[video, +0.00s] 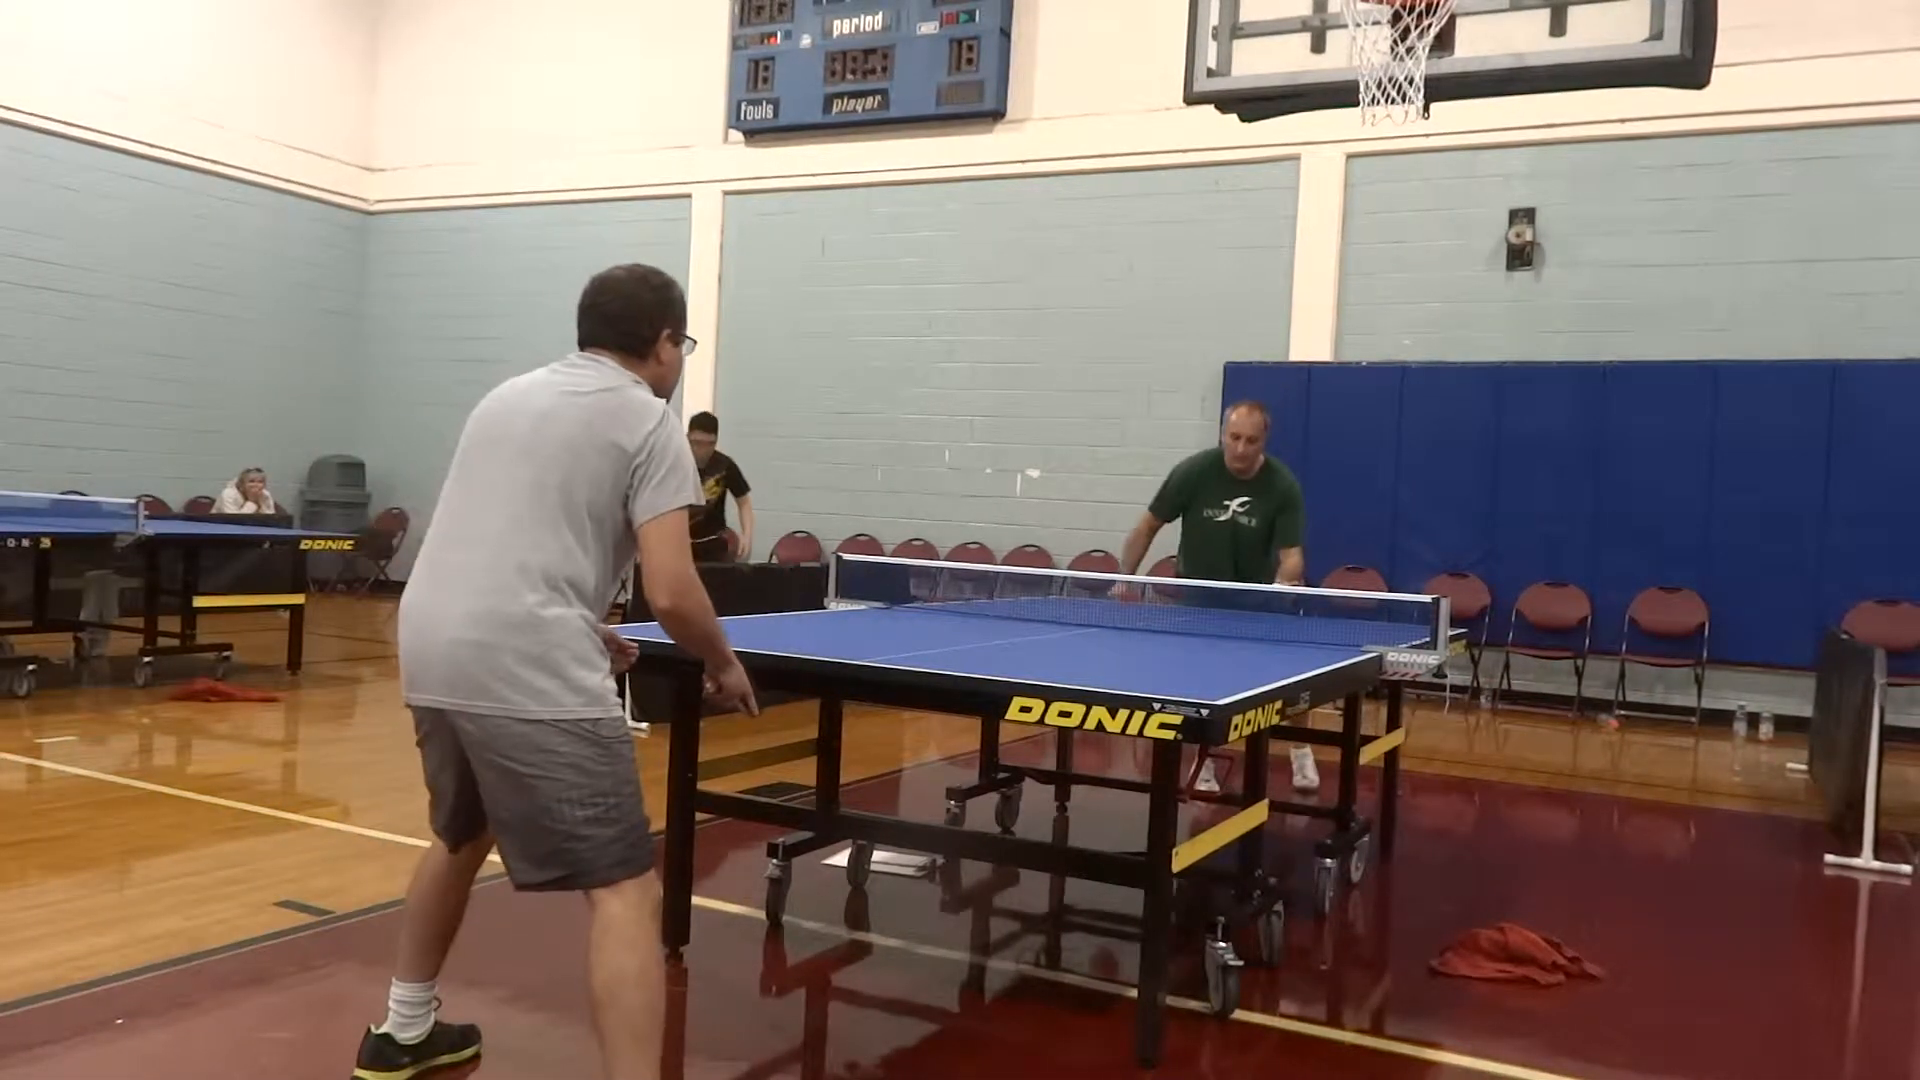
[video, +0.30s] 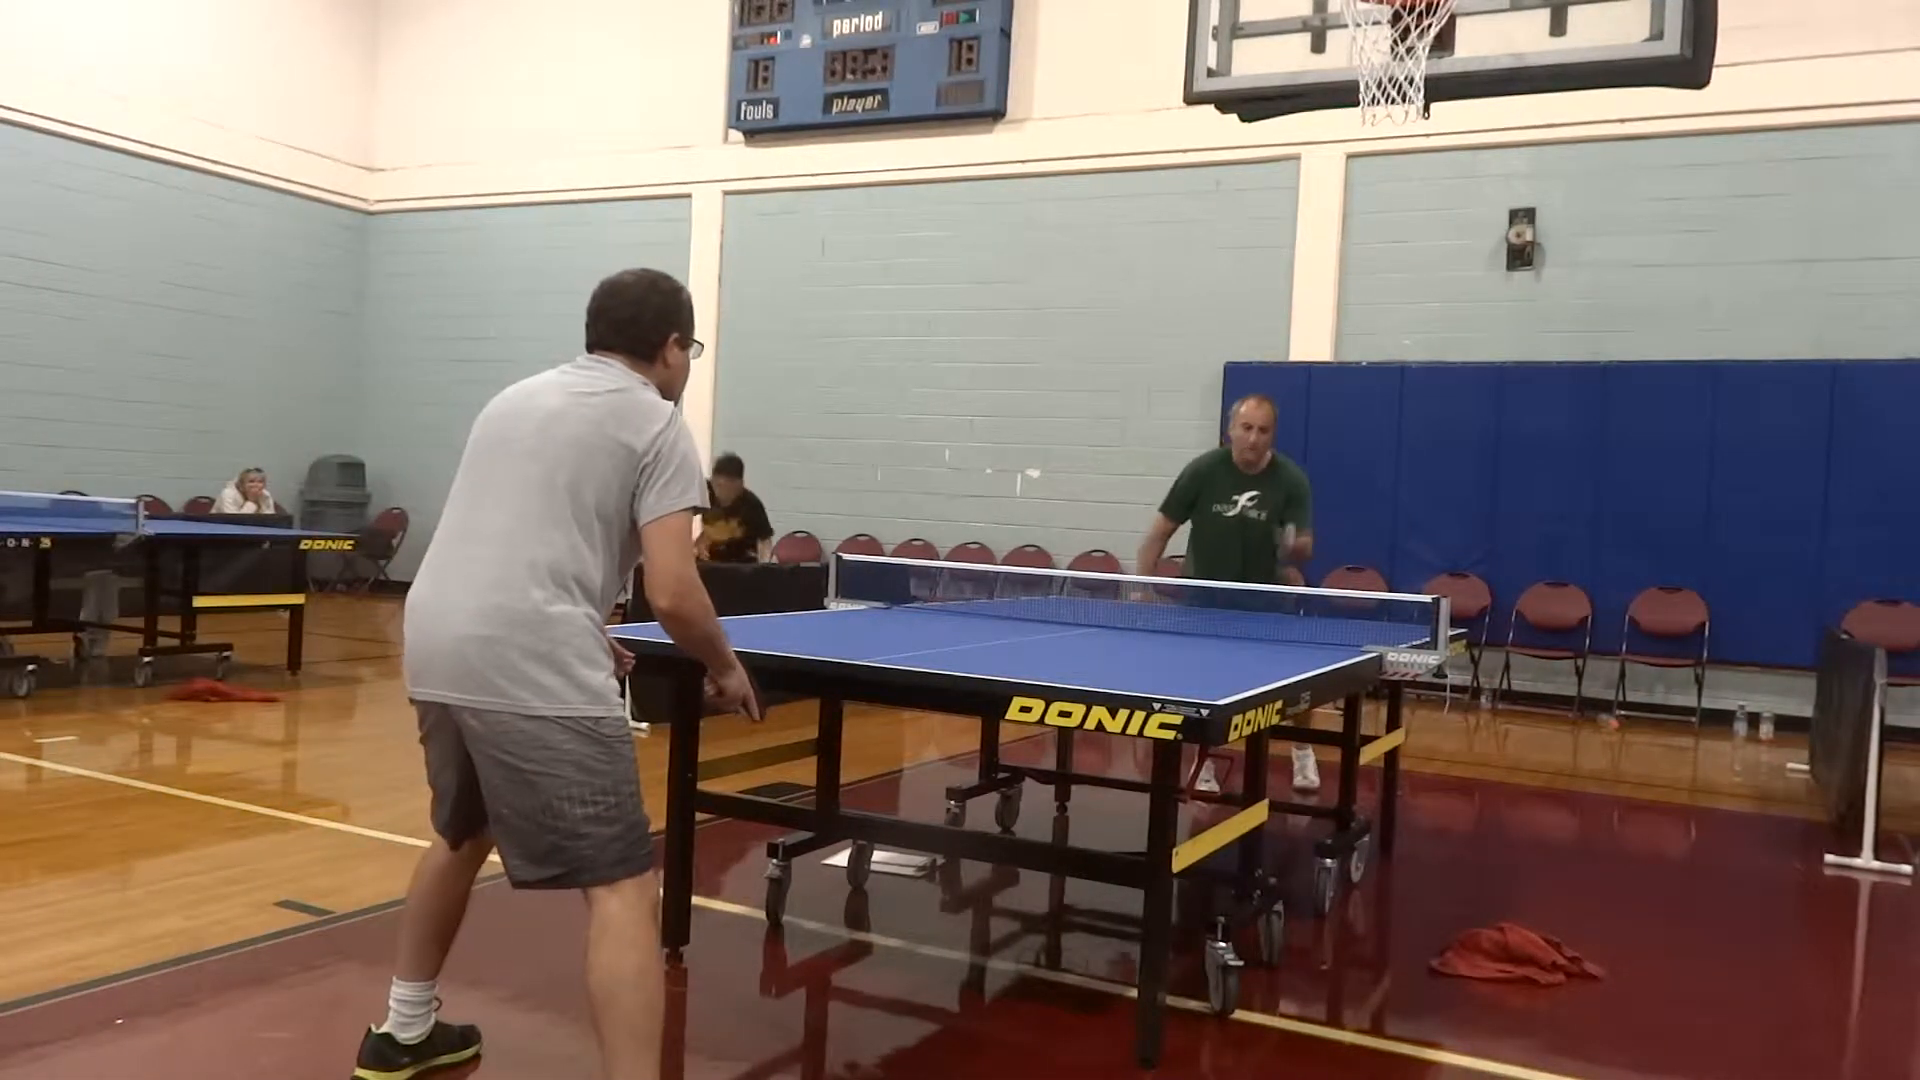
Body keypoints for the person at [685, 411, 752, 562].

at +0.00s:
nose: (703, 449)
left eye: (709, 443)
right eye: (697, 442)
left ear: (716, 441)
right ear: (687, 438)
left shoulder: (725, 465)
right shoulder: (677, 461)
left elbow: (743, 501)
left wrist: (746, 536)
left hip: (713, 539)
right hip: (680, 538)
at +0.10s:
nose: (711, 458)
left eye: (717, 452)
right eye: (705, 451)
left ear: (724, 447)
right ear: (695, 446)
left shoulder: (733, 471)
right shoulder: (683, 468)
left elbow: (752, 509)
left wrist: (752, 544)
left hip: (722, 547)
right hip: (689, 547)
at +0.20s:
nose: (718, 472)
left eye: (725, 467)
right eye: (712, 466)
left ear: (732, 464)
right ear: (704, 460)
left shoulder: (742, 483)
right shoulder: (690, 478)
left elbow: (759, 522)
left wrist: (759, 560)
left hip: (731, 557)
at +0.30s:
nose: (721, 490)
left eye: (727, 484)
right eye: (718, 484)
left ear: (739, 483)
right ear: (712, 481)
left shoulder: (751, 503)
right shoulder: (704, 493)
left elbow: (765, 539)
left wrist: (763, 569)